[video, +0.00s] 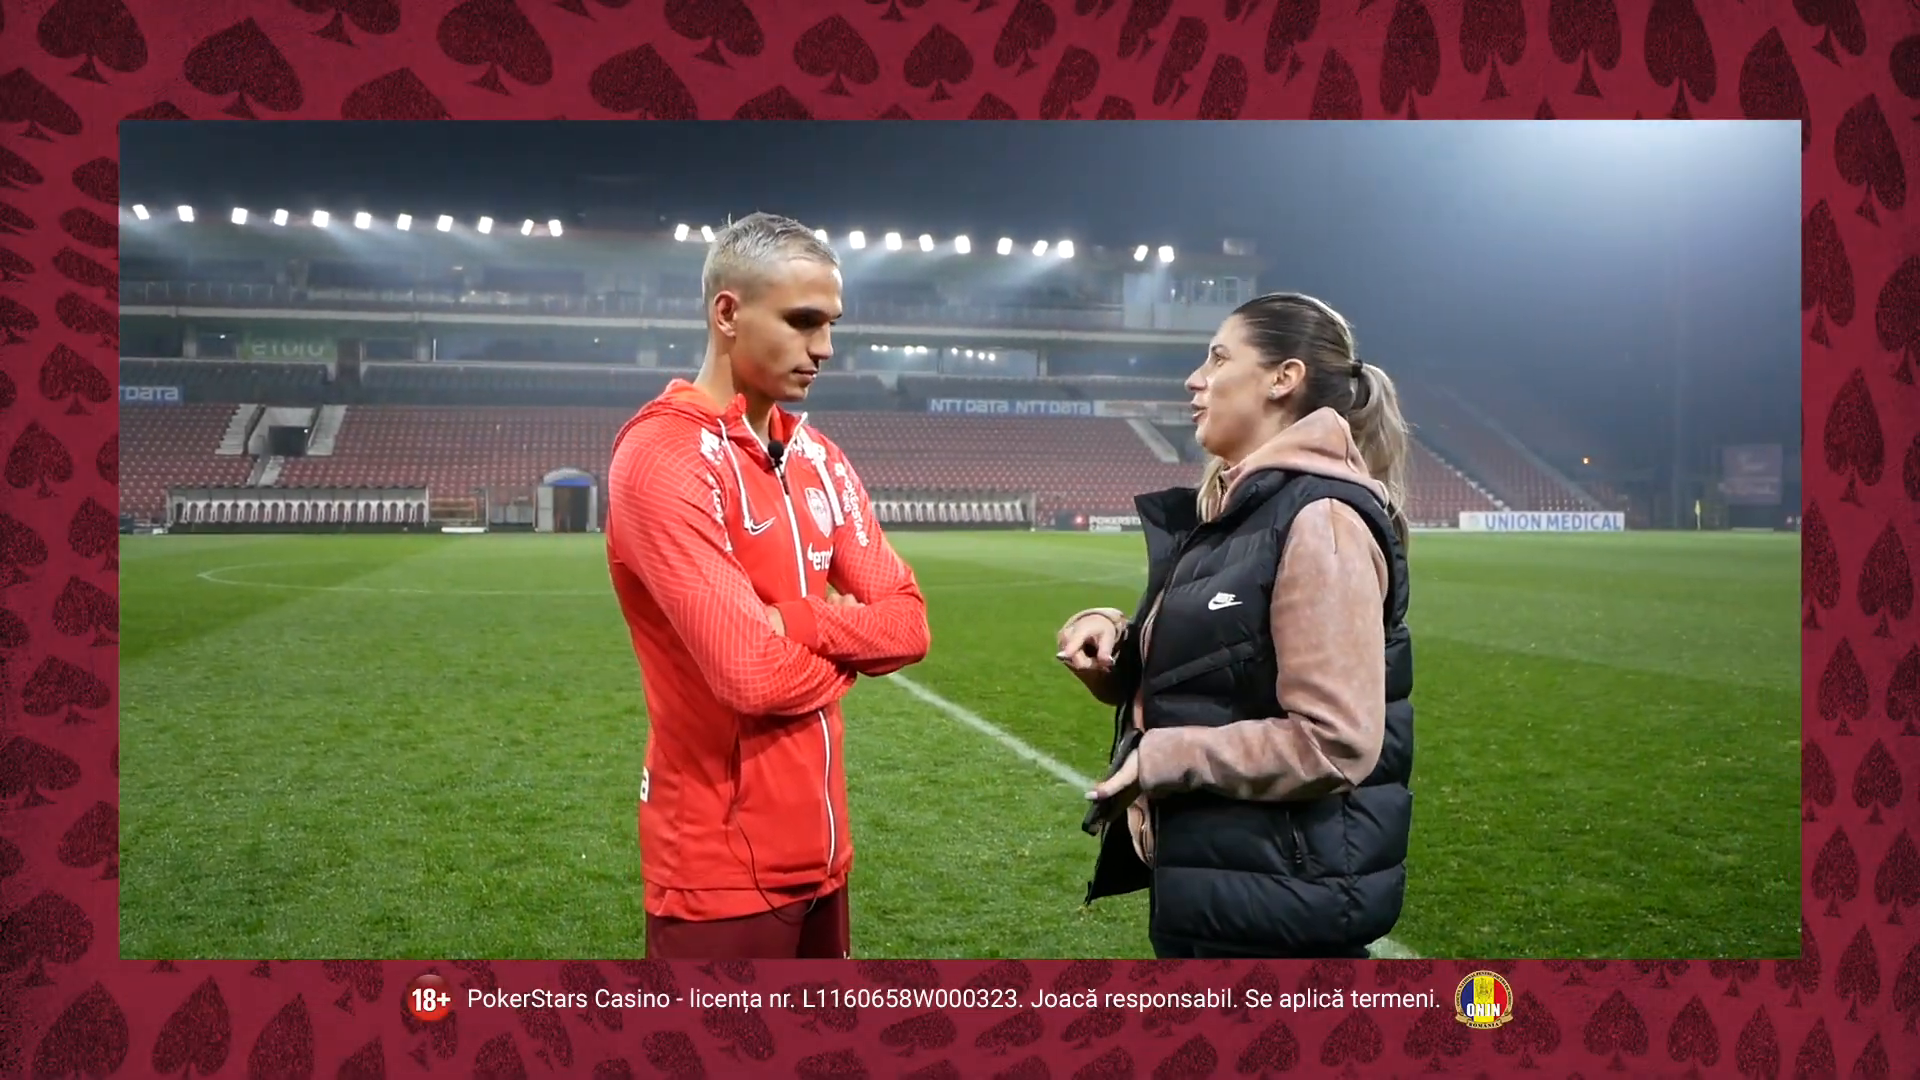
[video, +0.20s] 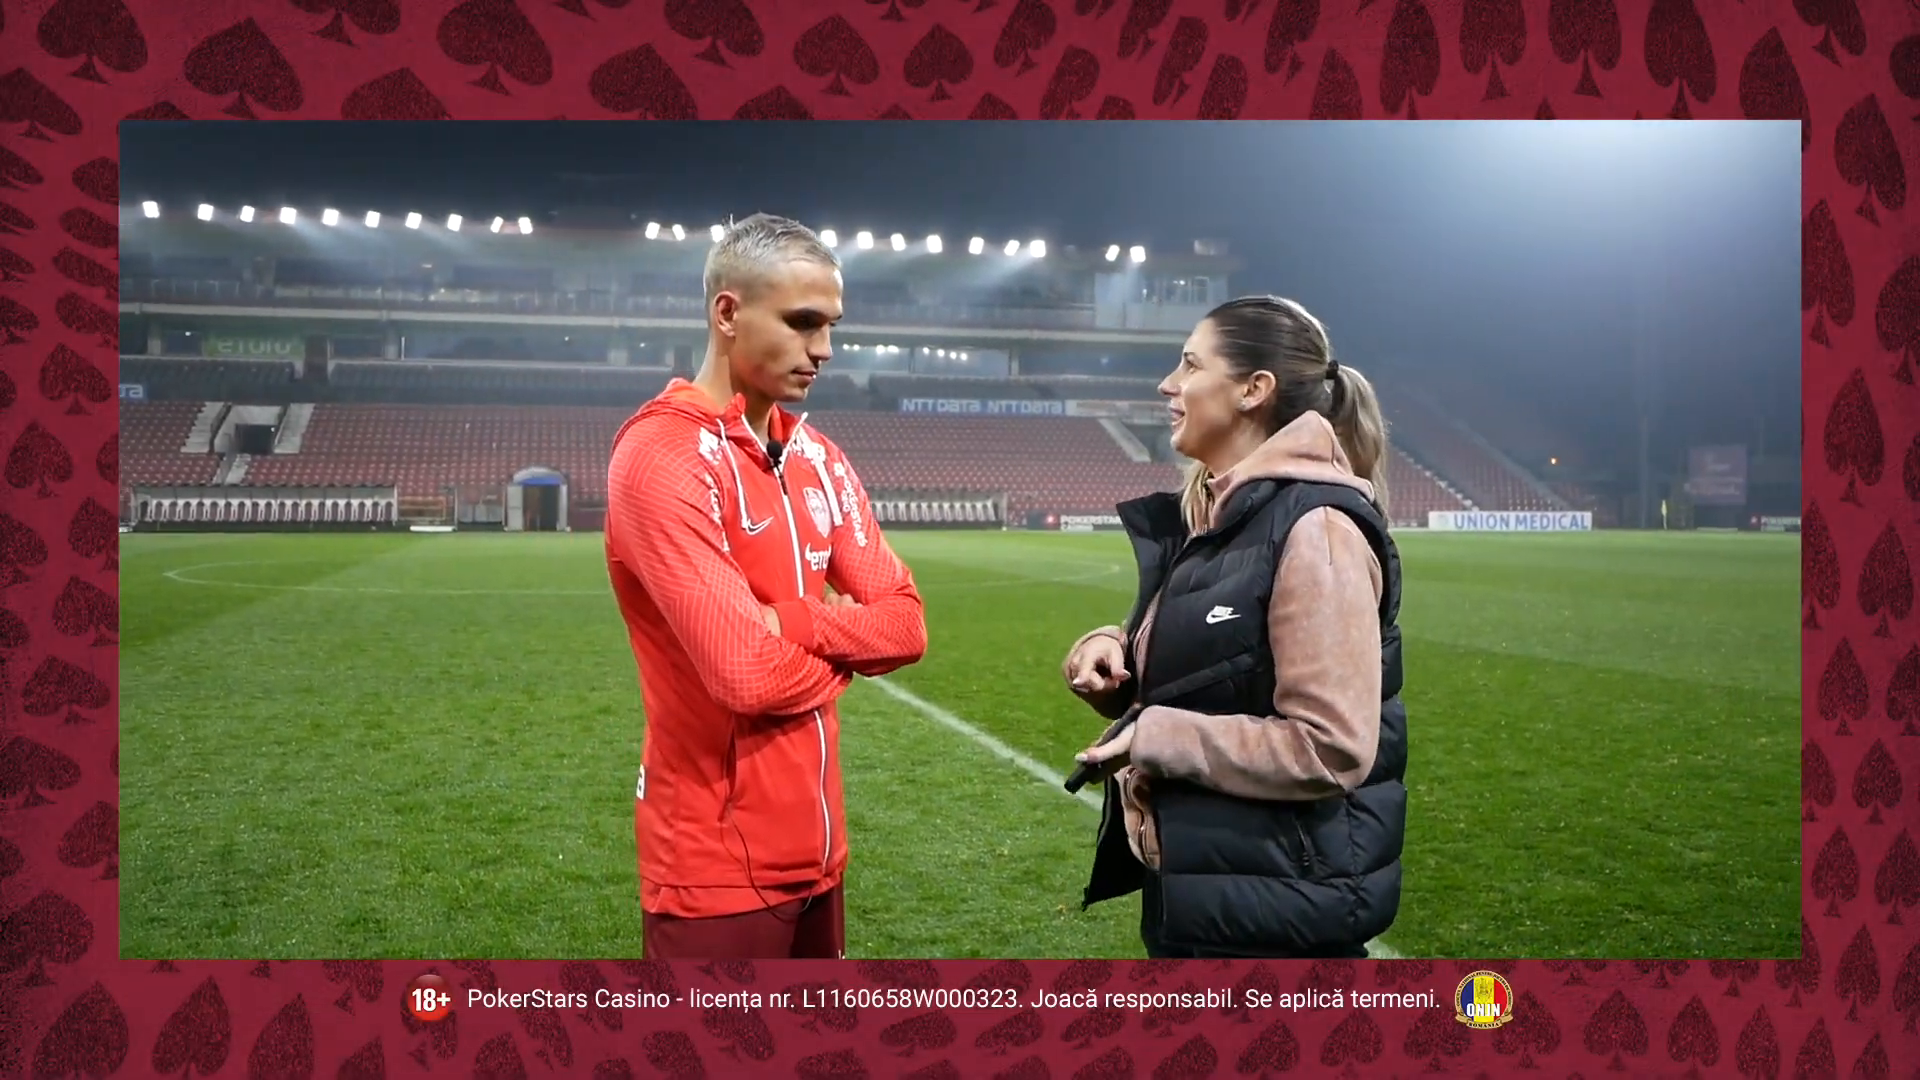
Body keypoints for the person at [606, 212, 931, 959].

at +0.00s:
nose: (824, 349)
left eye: (830, 325)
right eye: (802, 322)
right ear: (727, 313)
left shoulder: (818, 456)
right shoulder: (660, 461)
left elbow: (908, 626)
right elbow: (751, 678)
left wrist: (781, 618)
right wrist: (853, 647)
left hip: (817, 847)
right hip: (720, 860)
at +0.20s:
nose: (823, 350)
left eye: (829, 327)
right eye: (802, 322)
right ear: (727, 313)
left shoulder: (819, 457)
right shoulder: (659, 459)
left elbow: (905, 626)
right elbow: (746, 677)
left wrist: (778, 618)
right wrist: (848, 646)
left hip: (813, 845)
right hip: (715, 859)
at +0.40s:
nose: (826, 350)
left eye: (833, 327)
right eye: (806, 323)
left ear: (836, 323)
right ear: (733, 313)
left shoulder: (823, 456)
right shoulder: (663, 456)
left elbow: (907, 627)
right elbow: (748, 679)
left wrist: (782, 619)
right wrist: (846, 650)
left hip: (812, 841)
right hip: (714, 853)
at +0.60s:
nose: (833, 350)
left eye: (839, 327)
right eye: (812, 323)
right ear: (738, 314)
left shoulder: (827, 457)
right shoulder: (664, 456)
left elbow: (907, 630)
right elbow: (743, 679)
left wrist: (780, 621)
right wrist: (846, 653)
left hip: (808, 831)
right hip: (712, 842)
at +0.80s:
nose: (832, 346)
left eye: (838, 323)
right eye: (811, 318)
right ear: (736, 309)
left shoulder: (821, 456)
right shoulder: (663, 455)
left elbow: (908, 630)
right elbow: (753, 677)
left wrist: (786, 618)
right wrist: (851, 647)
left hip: (811, 841)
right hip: (720, 855)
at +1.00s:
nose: (832, 338)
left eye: (837, 315)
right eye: (810, 309)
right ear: (734, 303)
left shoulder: (817, 454)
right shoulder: (663, 451)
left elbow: (909, 627)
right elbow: (765, 674)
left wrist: (797, 616)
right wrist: (850, 650)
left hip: (814, 853)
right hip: (719, 866)